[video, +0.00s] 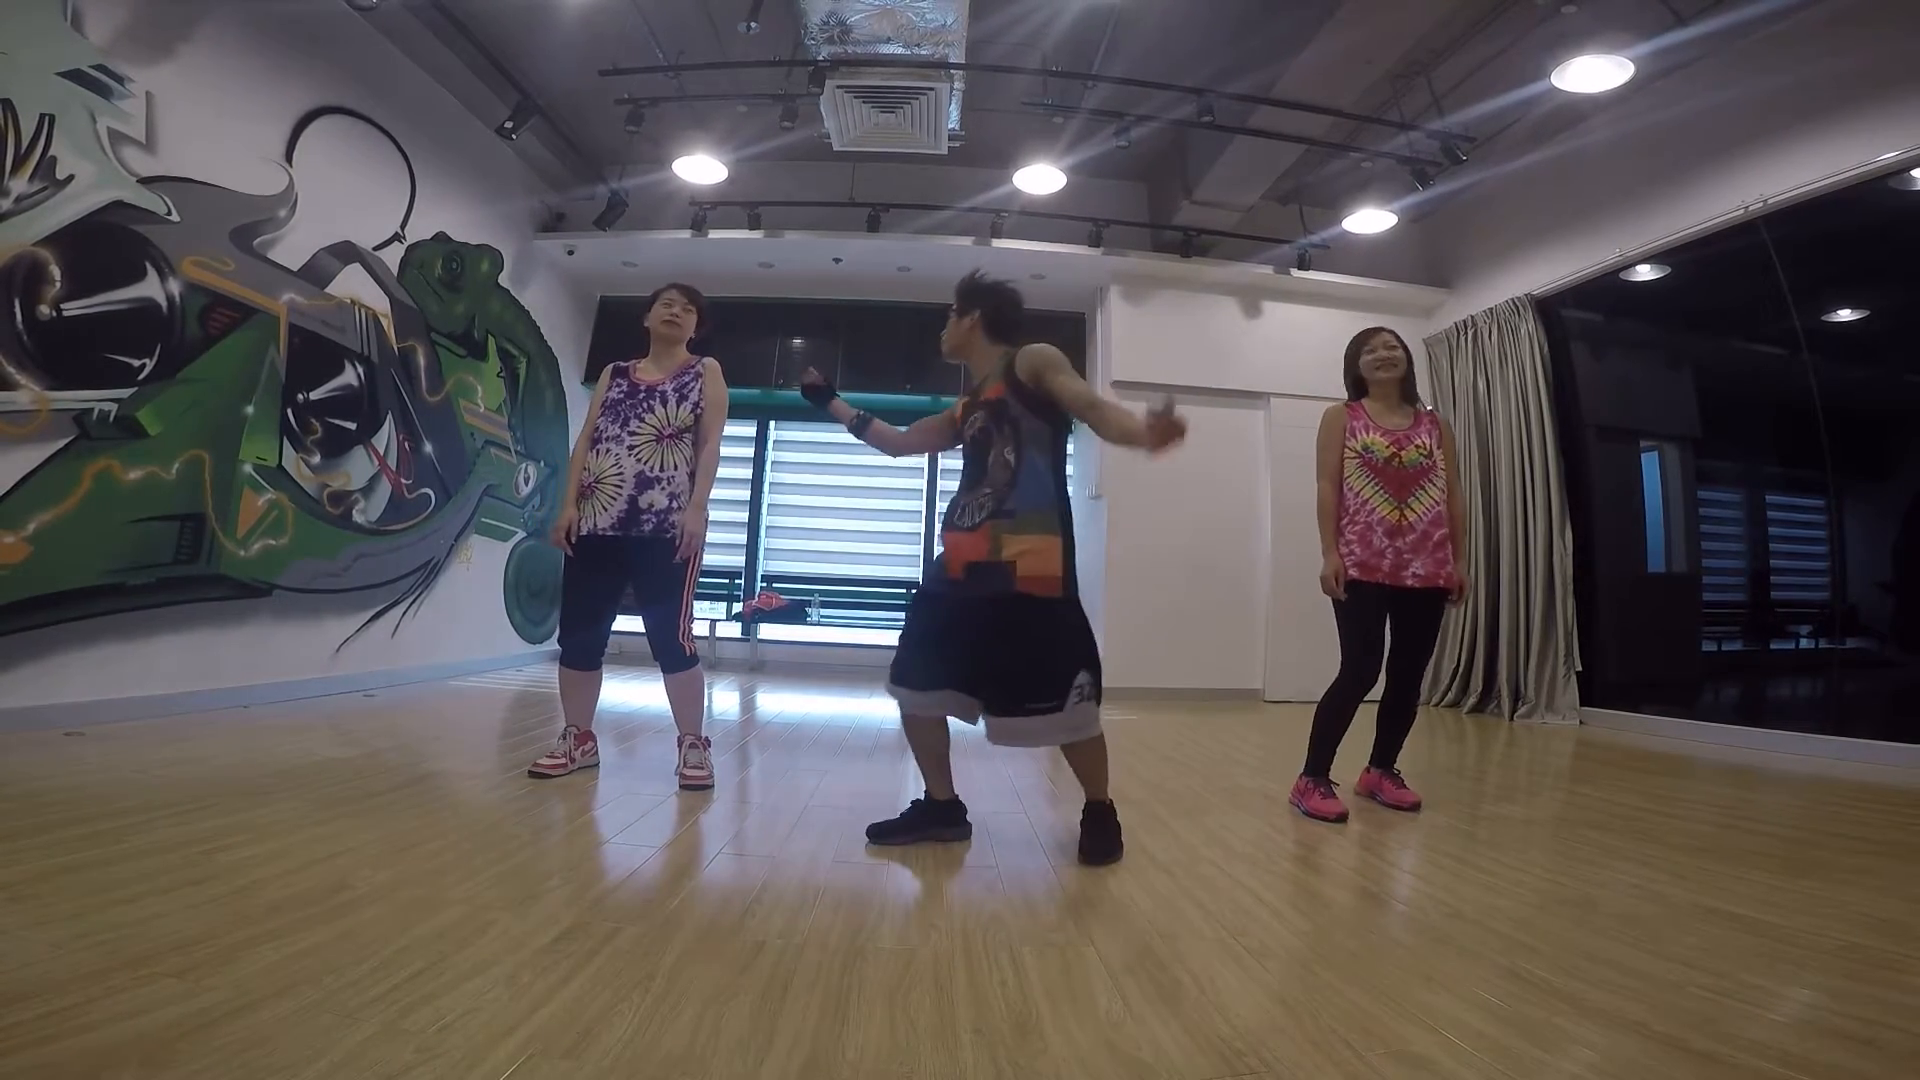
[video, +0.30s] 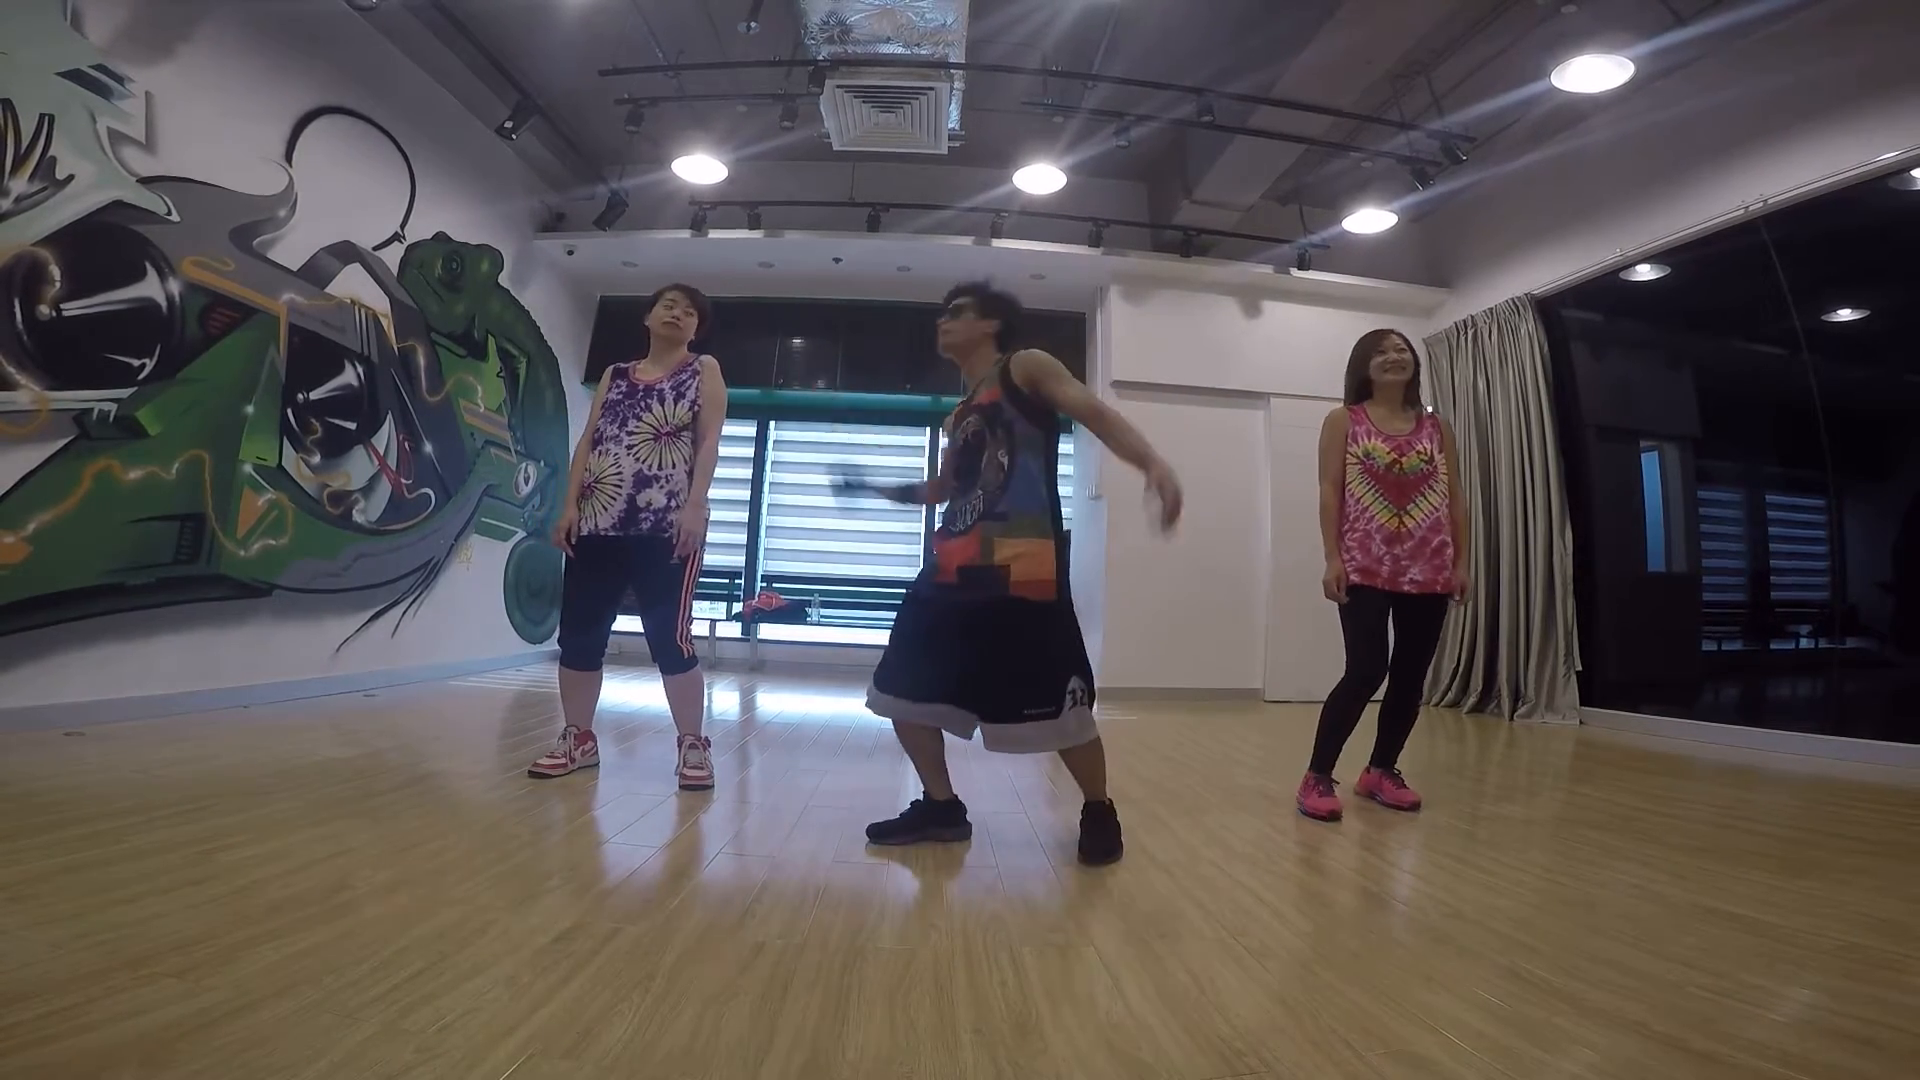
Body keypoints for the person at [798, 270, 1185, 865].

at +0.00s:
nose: (944, 328)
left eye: (952, 317)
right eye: (947, 317)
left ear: (977, 320)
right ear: (978, 324)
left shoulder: (1033, 361)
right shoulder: (970, 405)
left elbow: (1089, 405)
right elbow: (899, 440)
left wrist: (1143, 433)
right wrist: (829, 400)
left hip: (1036, 567)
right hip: (961, 567)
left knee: (1067, 700)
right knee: (917, 685)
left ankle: (1099, 811)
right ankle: (940, 805)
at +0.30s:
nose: (941, 322)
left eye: (955, 312)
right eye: (941, 315)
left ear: (991, 325)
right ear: (951, 335)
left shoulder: (1028, 367)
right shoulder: (959, 413)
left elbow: (1095, 413)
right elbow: (955, 484)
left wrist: (1153, 464)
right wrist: (896, 493)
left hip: (1026, 567)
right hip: (953, 569)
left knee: (1062, 700)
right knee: (902, 688)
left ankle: (1098, 810)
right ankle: (939, 805)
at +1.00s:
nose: (980, 294)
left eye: (992, 286)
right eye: (967, 284)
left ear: (1009, 301)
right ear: (947, 299)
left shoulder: (1047, 358)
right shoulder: (939, 397)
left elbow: (1102, 435)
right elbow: (922, 486)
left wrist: (1116, 524)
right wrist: (883, 547)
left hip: (1045, 555)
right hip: (963, 558)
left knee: (1064, 687)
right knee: (928, 685)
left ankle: (1066, 803)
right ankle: (946, 803)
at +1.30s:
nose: (1049, 305)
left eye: (1063, 298)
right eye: (1033, 294)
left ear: (1078, 322)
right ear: (1007, 312)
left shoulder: (1086, 412)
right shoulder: (955, 391)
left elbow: (1080, 502)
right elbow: (896, 471)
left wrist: (1061, 572)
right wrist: (930, 520)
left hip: (1043, 587)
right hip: (964, 585)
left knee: (1048, 722)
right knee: (963, 728)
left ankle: (1016, 832)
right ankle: (958, 812)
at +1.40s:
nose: (1072, 323)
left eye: (1087, 315)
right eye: (1056, 312)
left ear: (1100, 337)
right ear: (1028, 329)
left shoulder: (1095, 433)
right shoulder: (972, 399)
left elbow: (1070, 520)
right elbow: (924, 489)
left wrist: (1054, 592)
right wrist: (952, 586)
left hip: (1038, 593)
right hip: (960, 586)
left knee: (1059, 726)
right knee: (957, 729)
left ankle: (1013, 835)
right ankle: (960, 809)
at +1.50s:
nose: (1088, 324)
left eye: (1102, 318)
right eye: (1070, 316)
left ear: (1113, 342)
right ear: (1039, 338)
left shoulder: (1100, 441)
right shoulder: (989, 401)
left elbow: (1066, 536)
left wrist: (1052, 612)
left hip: (1036, 593)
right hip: (960, 587)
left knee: (1060, 730)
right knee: (956, 731)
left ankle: (1013, 835)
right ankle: (963, 807)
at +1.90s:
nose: (1011, 242)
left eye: (1025, 233)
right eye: (994, 233)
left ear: (1044, 254)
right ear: (967, 254)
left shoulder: (1086, 336)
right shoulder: (947, 347)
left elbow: (1134, 440)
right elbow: (931, 441)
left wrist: (1142, 544)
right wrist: (955, 483)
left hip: (1069, 548)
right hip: (981, 543)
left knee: (1054, 713)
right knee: (970, 695)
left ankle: (1019, 830)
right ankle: (974, 845)